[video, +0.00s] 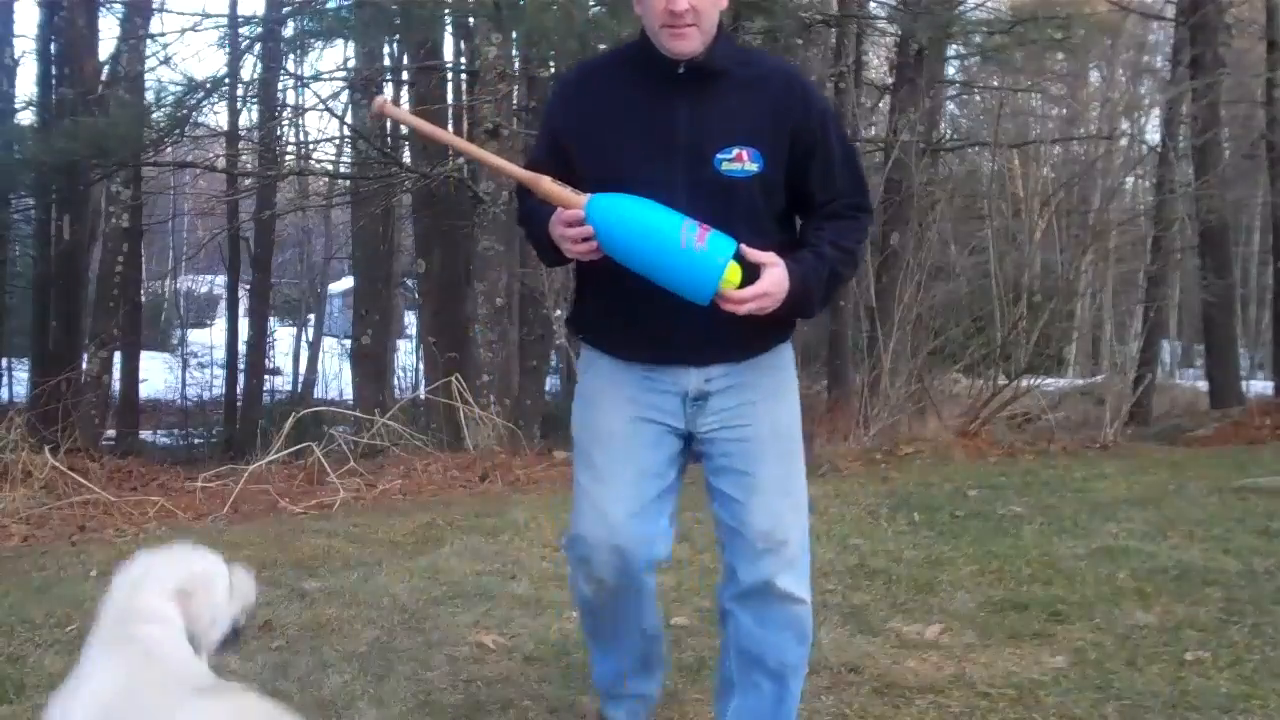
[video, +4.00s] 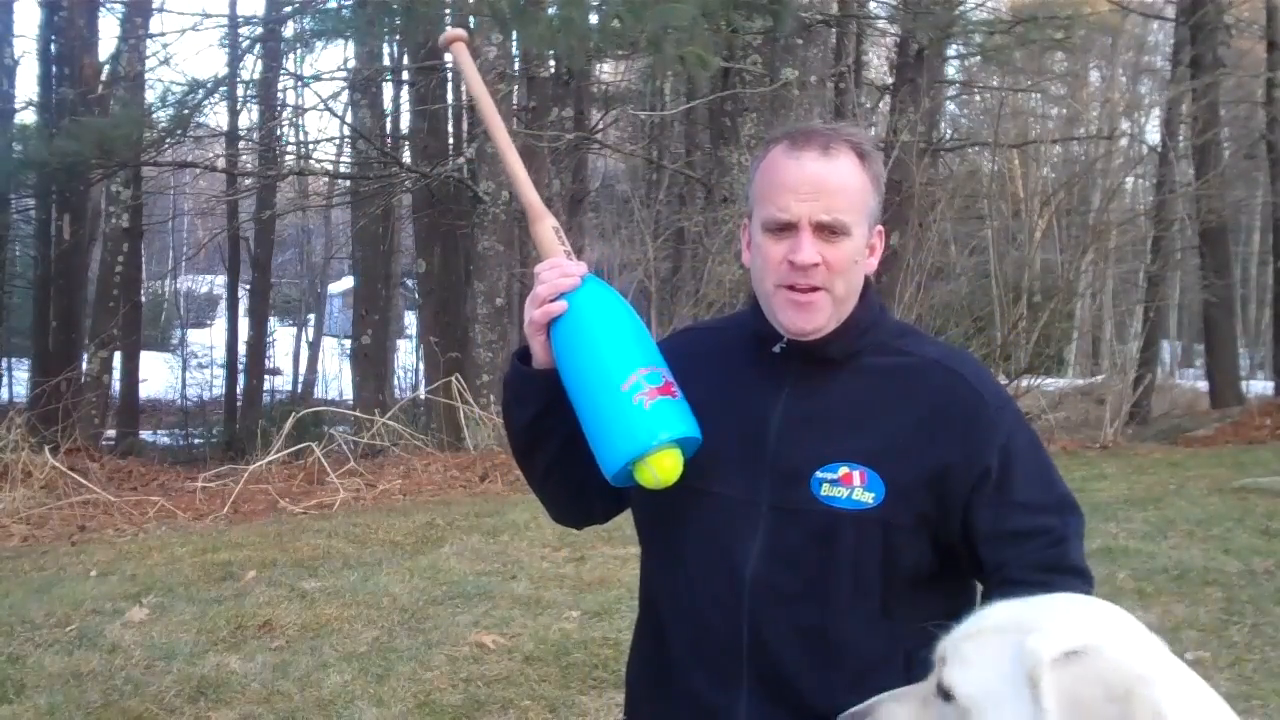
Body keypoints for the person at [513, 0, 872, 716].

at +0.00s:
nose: (677, 6)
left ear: (724, 1)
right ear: (635, 3)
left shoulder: (785, 96)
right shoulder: (584, 94)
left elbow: (846, 215)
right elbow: (534, 201)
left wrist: (795, 277)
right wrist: (553, 233)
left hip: (754, 372)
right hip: (620, 371)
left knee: (773, 566)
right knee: (608, 545)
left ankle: (758, 713)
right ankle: (627, 702)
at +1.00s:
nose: (763, 151)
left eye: (788, 126)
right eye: (739, 126)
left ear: (832, 139)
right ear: (708, 138)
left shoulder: (913, 261)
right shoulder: (661, 232)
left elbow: (978, 449)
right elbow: (606, 350)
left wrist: (837, 530)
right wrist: (588, 378)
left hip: (891, 507)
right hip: (727, 495)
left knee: (889, 690)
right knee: (631, 670)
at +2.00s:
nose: (833, 243)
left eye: (857, 221)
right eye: (809, 222)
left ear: (895, 245)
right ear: (773, 247)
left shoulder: (963, 379)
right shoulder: (694, 368)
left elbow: (1015, 552)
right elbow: (580, 487)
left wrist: (876, 416)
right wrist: (553, 354)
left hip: (900, 700)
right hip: (709, 700)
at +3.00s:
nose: (807, 255)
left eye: (833, 232)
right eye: (783, 229)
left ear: (869, 249)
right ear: (744, 240)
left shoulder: (934, 383)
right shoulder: (669, 360)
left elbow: (965, 570)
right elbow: (569, 497)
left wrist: (808, 450)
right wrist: (532, 370)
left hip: (875, 699)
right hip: (680, 697)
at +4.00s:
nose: (803, 256)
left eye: (831, 231)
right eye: (780, 229)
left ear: (873, 249)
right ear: (747, 242)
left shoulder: (953, 402)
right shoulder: (679, 370)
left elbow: (1047, 586)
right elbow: (579, 497)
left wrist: (980, 708)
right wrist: (542, 368)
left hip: (868, 713)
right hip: (678, 707)